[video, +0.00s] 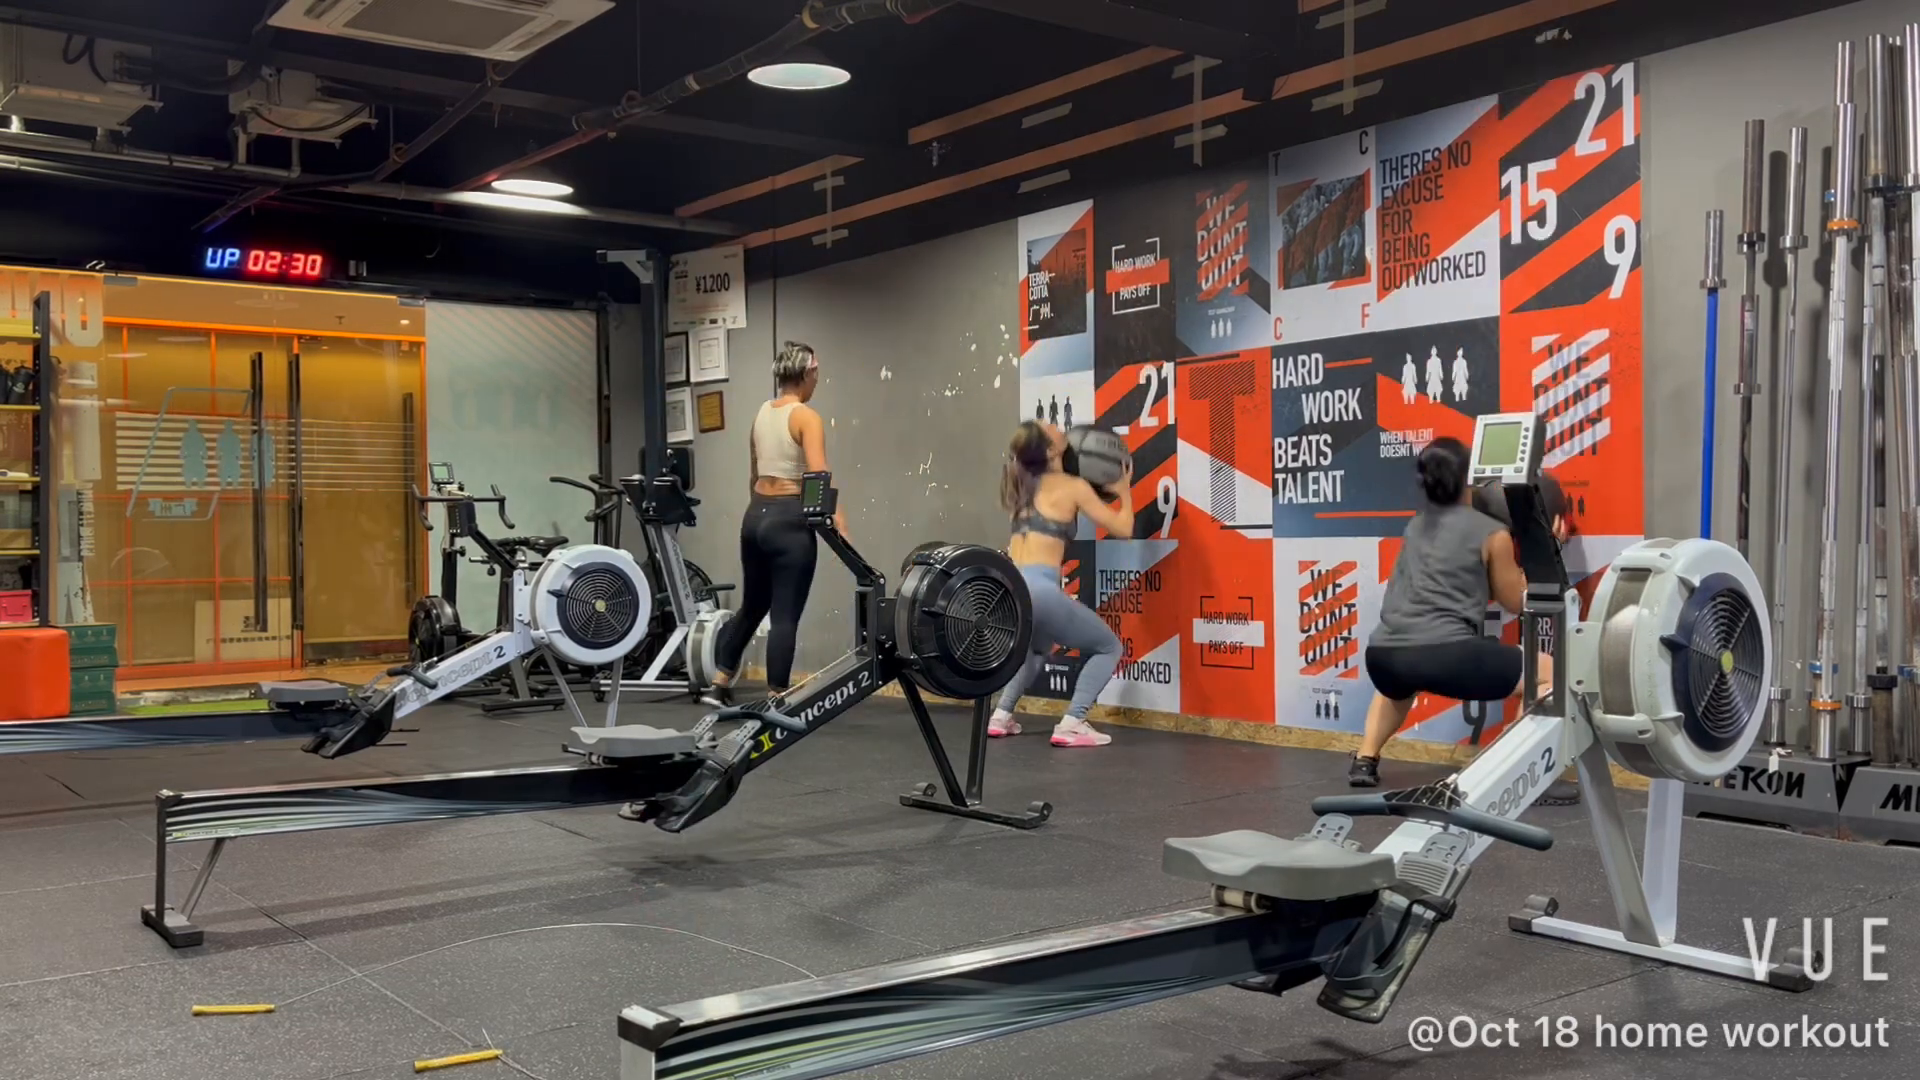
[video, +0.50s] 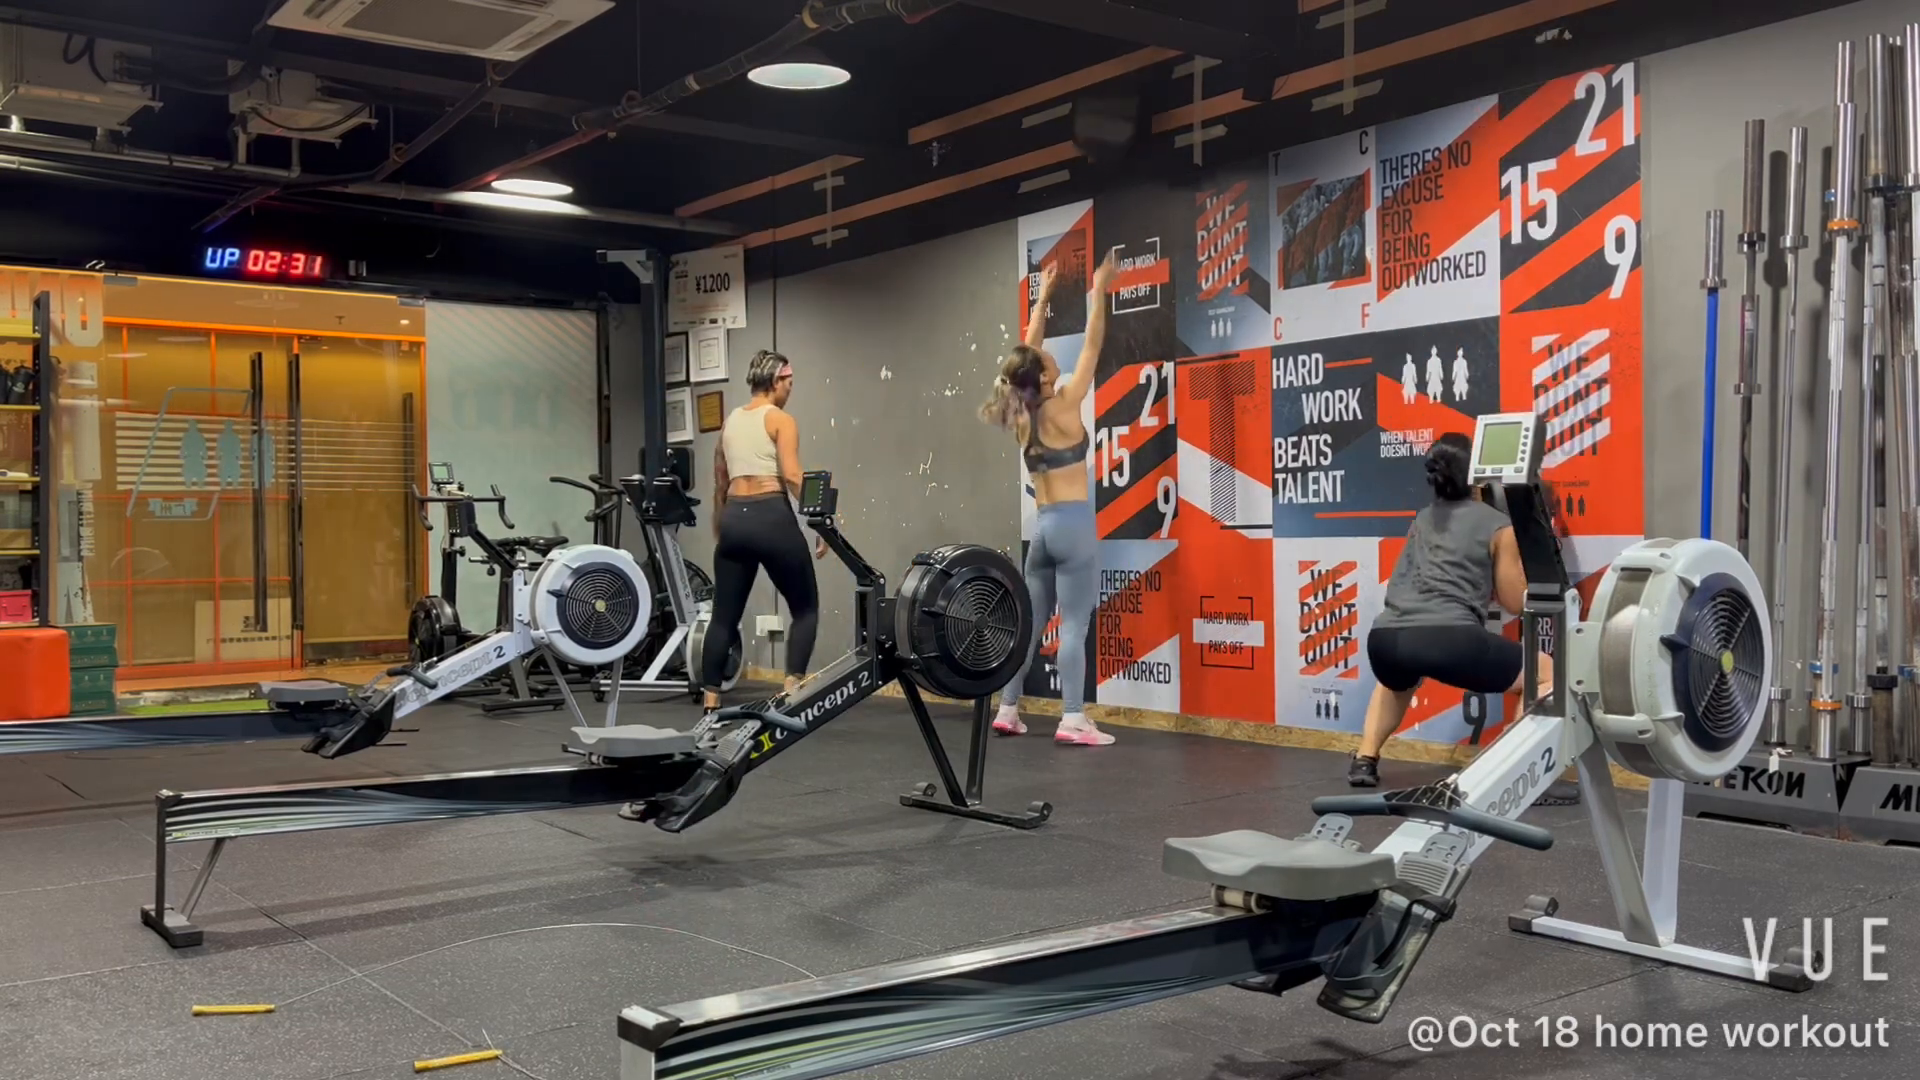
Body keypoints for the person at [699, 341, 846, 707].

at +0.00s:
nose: (817, 379)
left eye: (816, 372)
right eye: (815, 373)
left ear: (782, 375)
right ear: (807, 375)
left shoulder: (762, 415)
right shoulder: (806, 417)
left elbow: (755, 476)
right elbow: (819, 476)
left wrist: (763, 507)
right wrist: (838, 520)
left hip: (757, 513)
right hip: (790, 516)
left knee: (753, 606)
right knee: (785, 616)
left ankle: (720, 685)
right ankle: (777, 698)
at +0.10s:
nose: (812, 378)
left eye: (811, 371)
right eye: (810, 371)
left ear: (776, 375)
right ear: (799, 374)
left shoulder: (756, 415)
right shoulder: (802, 417)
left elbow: (755, 472)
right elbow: (818, 477)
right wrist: (848, 525)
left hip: (752, 513)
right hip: (787, 518)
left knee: (743, 608)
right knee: (784, 616)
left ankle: (705, 683)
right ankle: (777, 698)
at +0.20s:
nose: (805, 380)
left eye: (804, 372)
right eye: (803, 373)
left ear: (769, 375)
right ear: (795, 373)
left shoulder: (749, 414)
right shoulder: (798, 417)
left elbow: (745, 467)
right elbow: (813, 480)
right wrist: (848, 524)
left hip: (746, 517)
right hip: (785, 519)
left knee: (735, 613)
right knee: (782, 618)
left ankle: (708, 692)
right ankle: (777, 700)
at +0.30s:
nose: (799, 381)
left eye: (798, 374)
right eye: (796, 374)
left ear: (764, 377)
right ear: (783, 377)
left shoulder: (740, 417)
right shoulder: (789, 419)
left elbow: (736, 476)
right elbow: (806, 481)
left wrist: (760, 500)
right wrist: (844, 523)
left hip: (741, 519)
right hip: (781, 519)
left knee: (732, 616)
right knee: (782, 618)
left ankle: (713, 703)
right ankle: (777, 702)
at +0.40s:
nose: (793, 385)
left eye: (793, 378)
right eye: (789, 378)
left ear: (759, 381)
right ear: (774, 380)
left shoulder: (730, 423)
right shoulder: (781, 420)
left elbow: (726, 485)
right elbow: (793, 477)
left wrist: (741, 515)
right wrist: (819, 509)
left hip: (737, 520)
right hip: (776, 518)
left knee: (728, 618)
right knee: (790, 616)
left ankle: (711, 704)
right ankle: (778, 699)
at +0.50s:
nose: (790, 387)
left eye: (790, 380)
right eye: (788, 380)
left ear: (754, 382)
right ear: (775, 381)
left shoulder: (731, 423)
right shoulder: (781, 420)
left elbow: (722, 482)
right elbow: (792, 476)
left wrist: (721, 528)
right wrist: (823, 520)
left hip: (733, 517)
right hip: (773, 517)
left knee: (723, 618)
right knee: (805, 609)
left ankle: (710, 705)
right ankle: (792, 688)